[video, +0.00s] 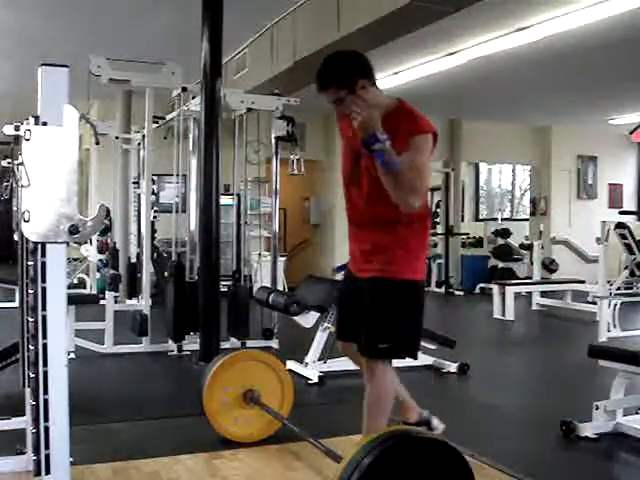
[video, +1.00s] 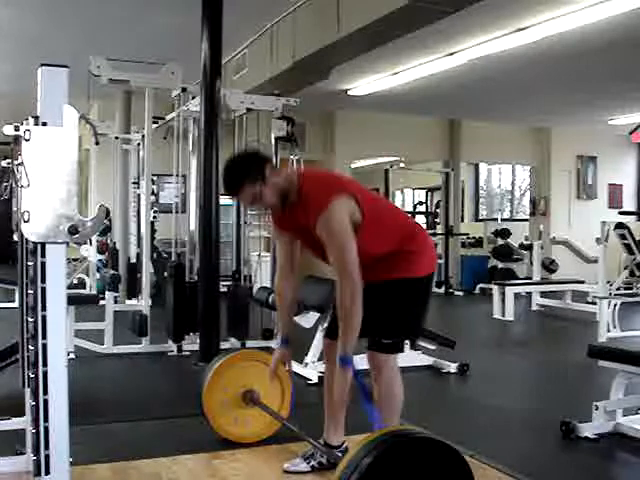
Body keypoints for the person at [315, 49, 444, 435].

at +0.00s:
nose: (339, 111)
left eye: (342, 100)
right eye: (333, 104)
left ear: (365, 86)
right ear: (332, 98)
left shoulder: (412, 126)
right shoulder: (349, 123)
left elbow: (411, 198)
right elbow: (362, 194)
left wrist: (374, 139)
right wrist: (356, 254)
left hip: (396, 265)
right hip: (362, 261)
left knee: (379, 357)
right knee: (352, 343)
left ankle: (370, 455)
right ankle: (414, 416)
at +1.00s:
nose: (259, 208)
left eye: (257, 198)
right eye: (251, 205)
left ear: (270, 173)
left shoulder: (326, 200)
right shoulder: (283, 210)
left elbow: (350, 279)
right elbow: (286, 276)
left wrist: (347, 354)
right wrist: (282, 342)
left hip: (407, 261)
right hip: (362, 267)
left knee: (381, 357)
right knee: (334, 346)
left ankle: (389, 448)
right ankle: (333, 445)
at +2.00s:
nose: (234, 263)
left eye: (229, 256)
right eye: (228, 257)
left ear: (240, 248)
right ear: (258, 232)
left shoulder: (309, 273)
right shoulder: (278, 268)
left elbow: (333, 355)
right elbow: (291, 336)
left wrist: (335, 427)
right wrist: (291, 397)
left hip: (405, 302)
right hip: (367, 305)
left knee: (337, 374)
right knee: (302, 361)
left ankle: (374, 460)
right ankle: (331, 448)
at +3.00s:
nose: (227, 153)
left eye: (225, 142)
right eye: (221, 147)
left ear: (247, 127)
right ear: (244, 133)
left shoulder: (294, 159)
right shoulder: (275, 170)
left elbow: (335, 217)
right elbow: (310, 231)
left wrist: (312, 281)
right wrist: (299, 282)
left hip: (371, 259)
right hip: (343, 264)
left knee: (357, 355)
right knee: (322, 346)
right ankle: (332, 443)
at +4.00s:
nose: (363, 100)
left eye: (367, 89)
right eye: (354, 94)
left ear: (384, 75)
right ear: (348, 91)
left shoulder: (418, 126)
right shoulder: (352, 131)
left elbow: (432, 196)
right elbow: (349, 185)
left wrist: (378, 227)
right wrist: (349, 219)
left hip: (407, 261)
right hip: (364, 262)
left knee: (411, 357)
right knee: (364, 348)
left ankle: (421, 444)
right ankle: (375, 437)